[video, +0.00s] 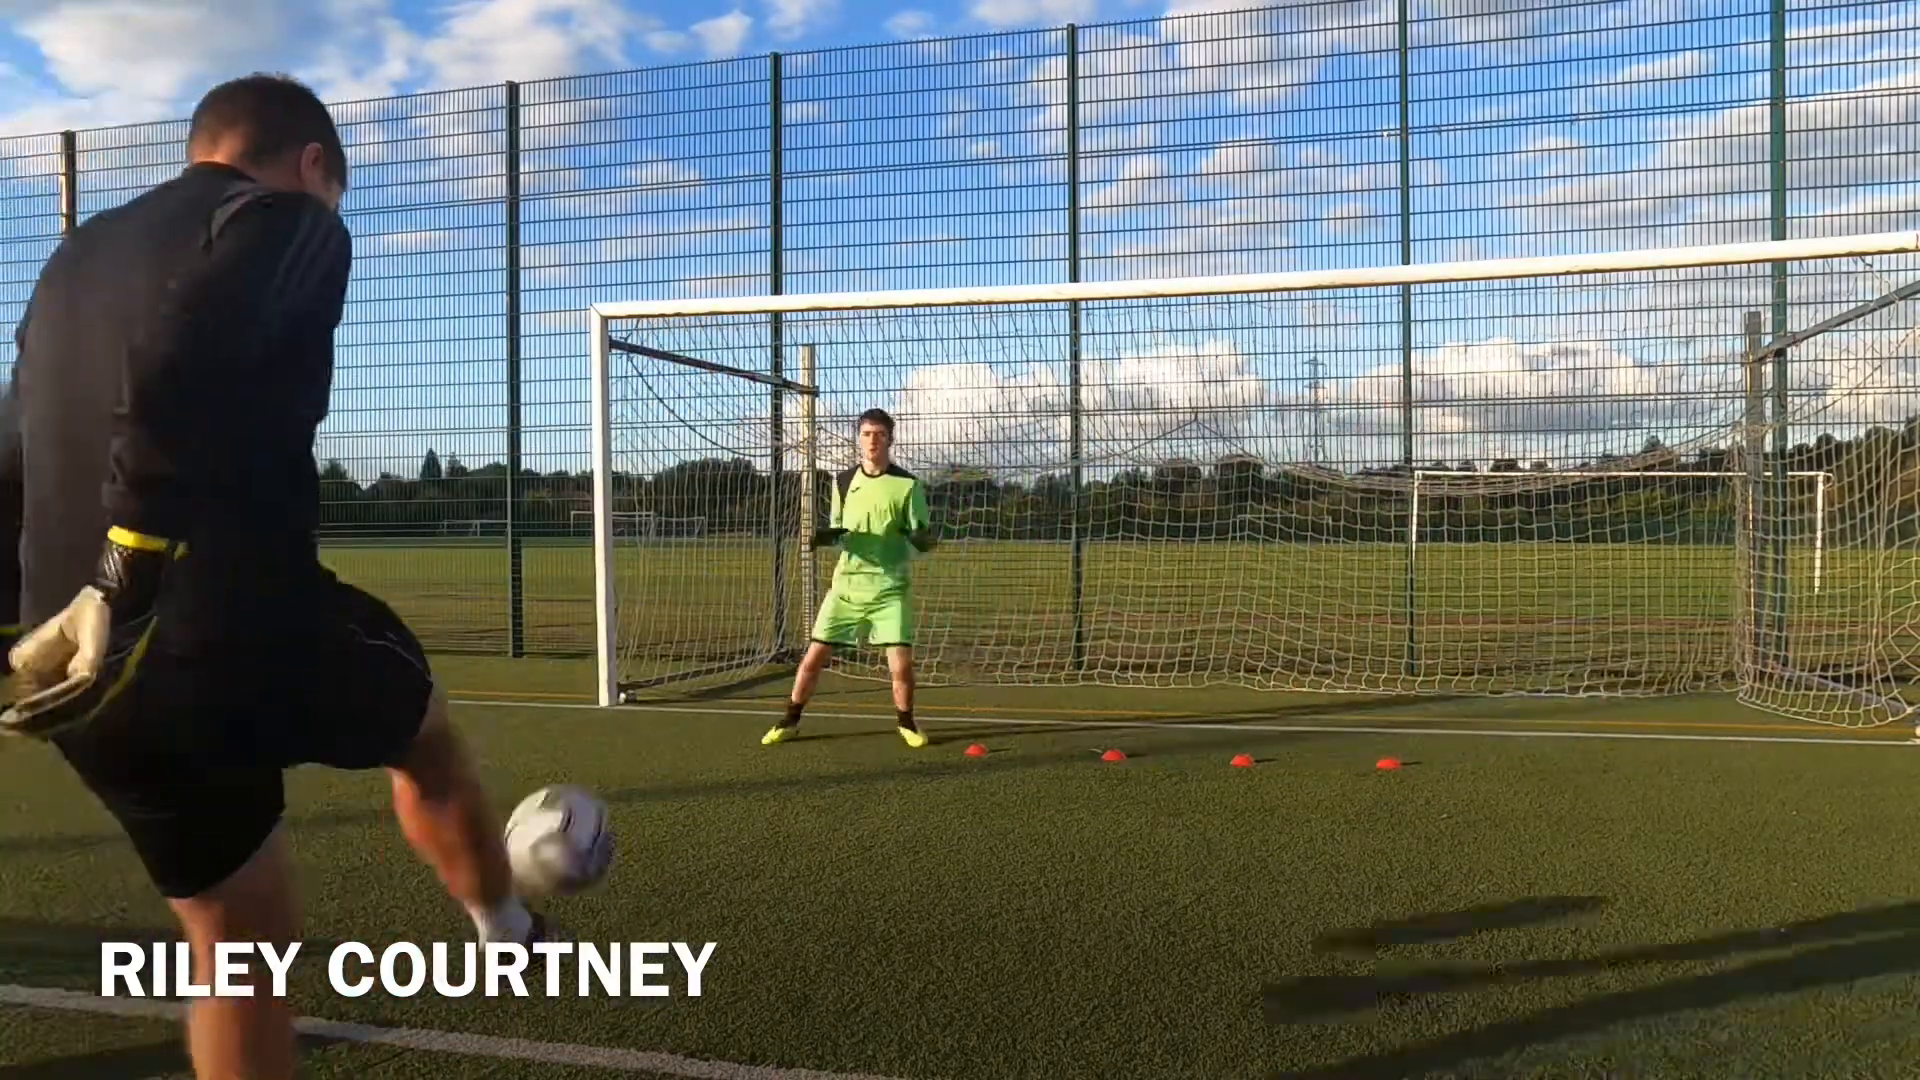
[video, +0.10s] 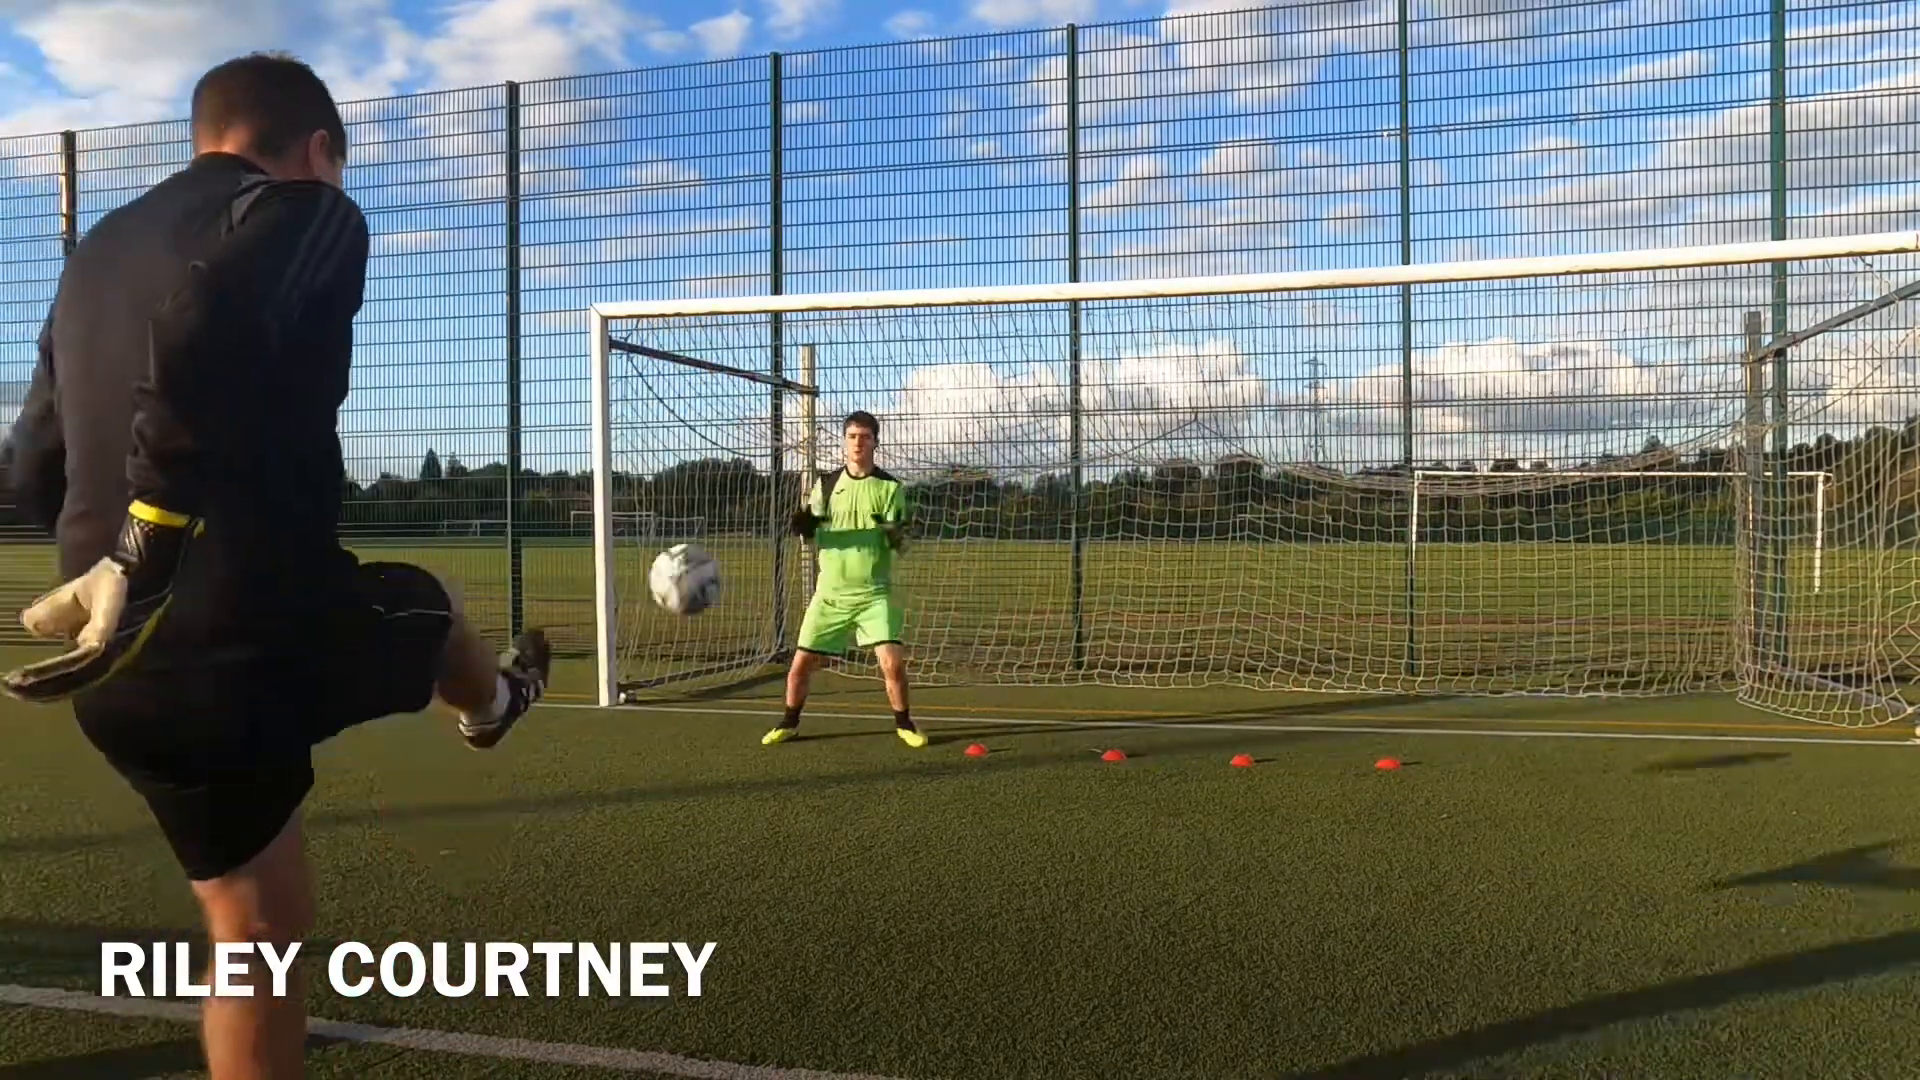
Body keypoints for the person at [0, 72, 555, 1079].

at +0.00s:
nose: (332, 215)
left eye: (335, 198)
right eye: (336, 193)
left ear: (203, 161)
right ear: (305, 162)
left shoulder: (74, 255)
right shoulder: (293, 224)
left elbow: (16, 455)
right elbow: (193, 370)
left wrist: (25, 618)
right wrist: (122, 582)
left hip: (79, 653)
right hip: (242, 624)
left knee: (234, 937)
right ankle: (508, 933)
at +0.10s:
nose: (334, 186)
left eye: (336, 168)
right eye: (337, 166)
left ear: (205, 147)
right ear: (307, 150)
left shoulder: (100, 250)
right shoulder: (316, 215)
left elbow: (27, 478)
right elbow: (204, 313)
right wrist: (135, 554)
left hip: (118, 654)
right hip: (265, 630)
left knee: (252, 932)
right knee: (430, 610)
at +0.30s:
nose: (331, 135)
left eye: (328, 116)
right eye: (329, 115)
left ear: (190, 113)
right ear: (308, 108)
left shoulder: (101, 233)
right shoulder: (326, 224)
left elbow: (42, 447)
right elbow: (309, 449)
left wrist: (164, 456)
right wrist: (331, 660)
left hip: (160, 649)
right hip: (293, 632)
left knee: (254, 948)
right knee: (423, 559)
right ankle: (417, 817)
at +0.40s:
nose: (332, 124)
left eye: (329, 106)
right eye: (330, 104)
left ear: (187, 99)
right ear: (310, 97)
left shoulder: (84, 235)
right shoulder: (339, 228)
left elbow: (13, 433)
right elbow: (376, 462)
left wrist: (120, 508)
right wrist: (425, 639)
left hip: (155, 661)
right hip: (312, 646)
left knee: (243, 962)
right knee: (430, 711)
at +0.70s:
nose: (337, 92)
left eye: (335, 68)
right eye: (335, 68)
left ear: (191, 72)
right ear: (314, 66)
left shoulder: (66, 215)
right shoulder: (357, 219)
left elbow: (1, 367)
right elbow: (446, 445)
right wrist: (511, 576)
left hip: (93, 655)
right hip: (269, 654)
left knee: (217, 975)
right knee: (251, 999)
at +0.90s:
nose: (328, 66)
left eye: (325, 43)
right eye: (326, 41)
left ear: (172, 40)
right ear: (306, 36)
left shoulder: (26, 172)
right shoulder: (335, 198)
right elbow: (356, 455)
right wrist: (424, 593)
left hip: (24, 642)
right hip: (213, 647)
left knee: (165, 986)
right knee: (175, 1006)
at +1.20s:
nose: (220, 35)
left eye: (216, 17)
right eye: (219, 14)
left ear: (56, 14)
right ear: (195, 12)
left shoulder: (5, 110)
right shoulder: (248, 165)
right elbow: (334, 474)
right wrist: (330, 495)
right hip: (131, 626)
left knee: (5, 1004)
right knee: (148, 1045)